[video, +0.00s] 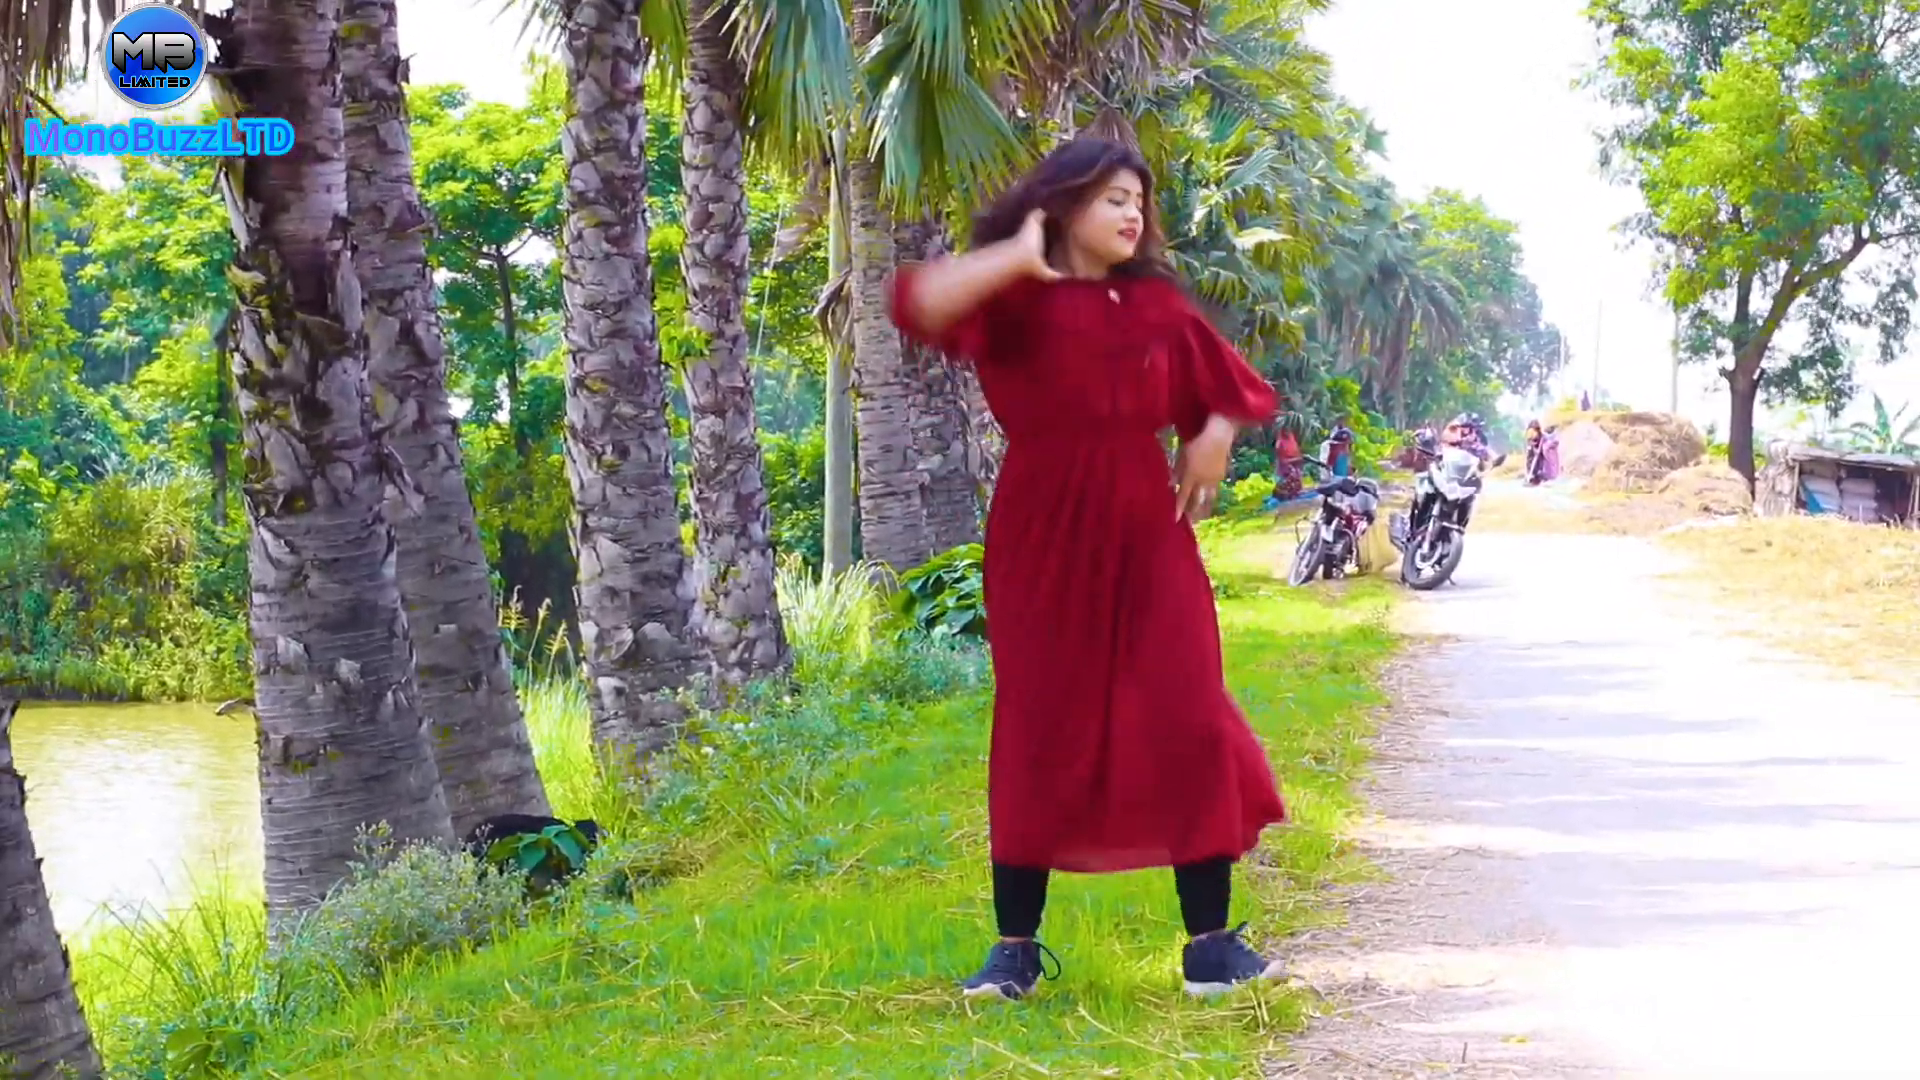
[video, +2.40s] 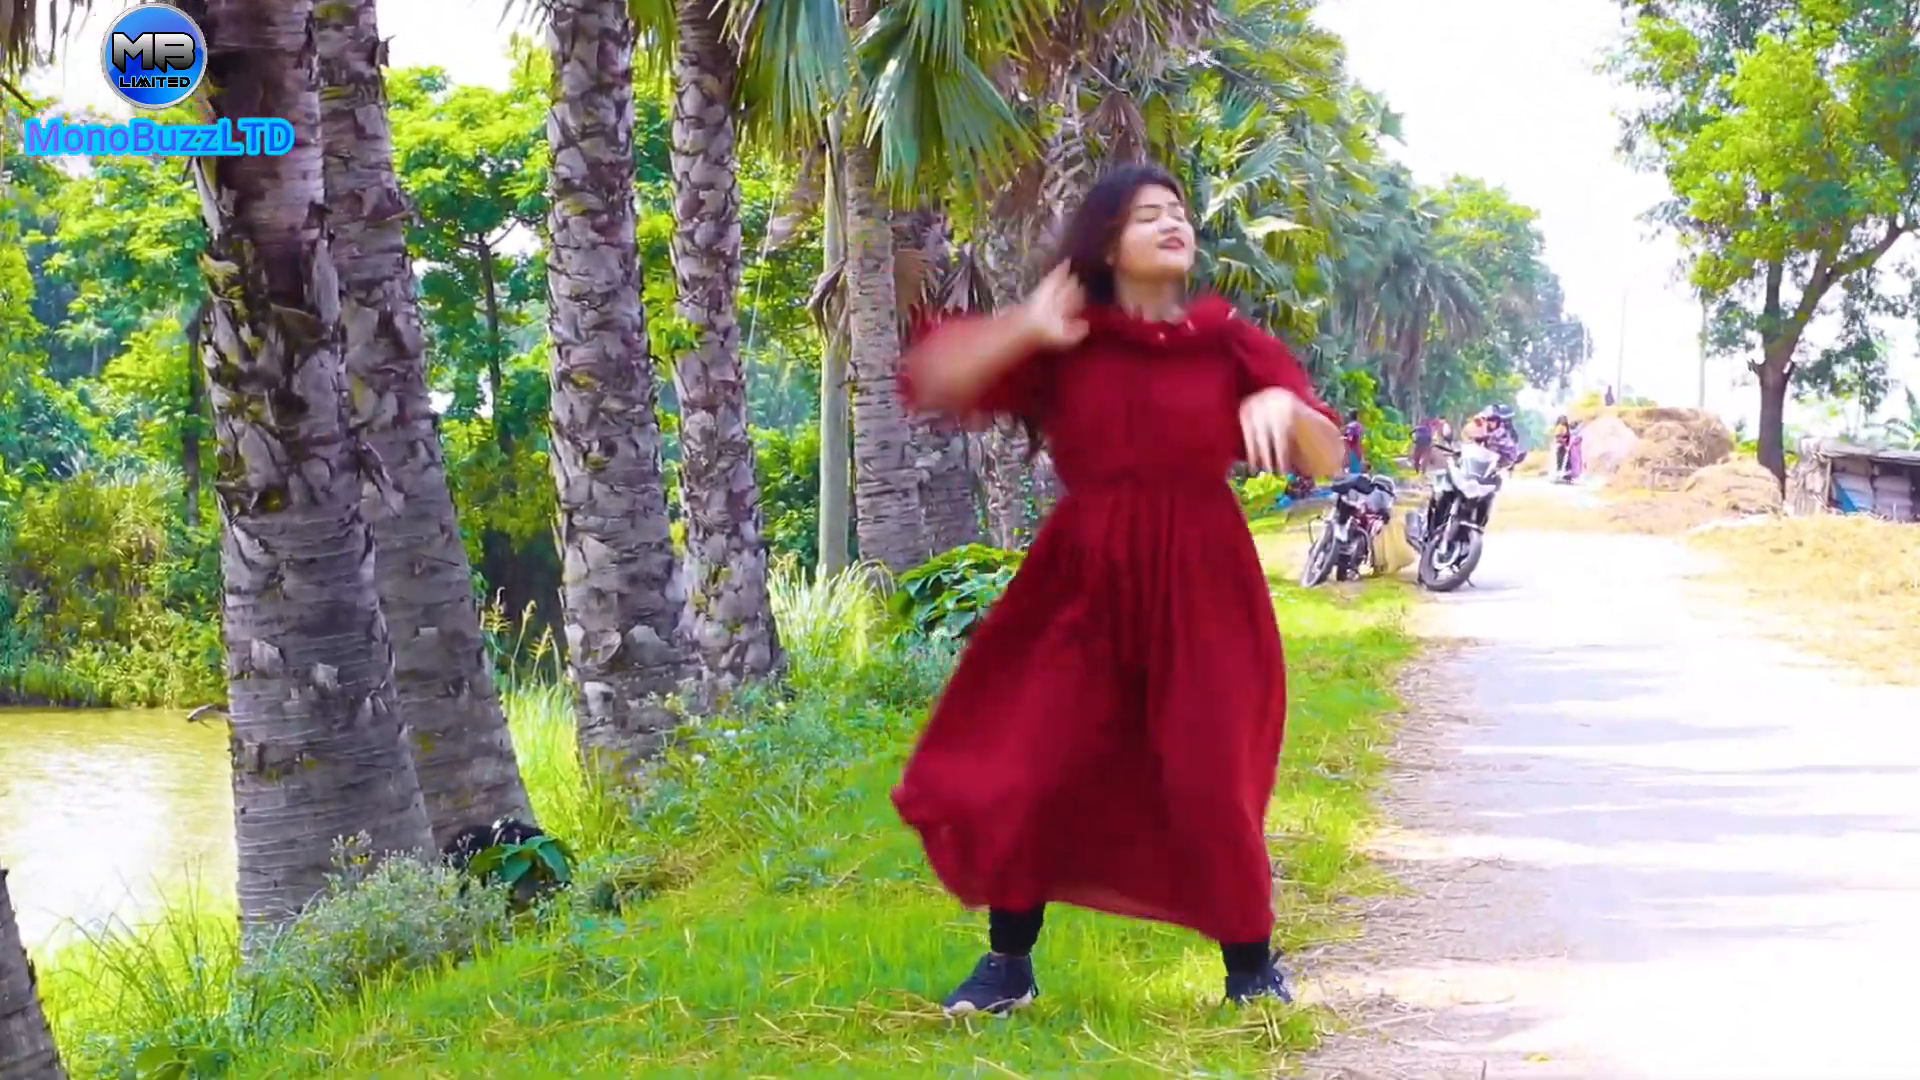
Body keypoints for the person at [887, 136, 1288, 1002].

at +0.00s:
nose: (1133, 215)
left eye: (1139, 203)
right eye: (1116, 198)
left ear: (1142, 220)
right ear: (1060, 206)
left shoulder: (1162, 304)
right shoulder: (1008, 295)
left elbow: (1240, 387)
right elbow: (914, 301)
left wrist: (1216, 432)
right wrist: (1016, 255)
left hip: (1149, 533)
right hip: (1039, 532)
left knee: (1197, 721)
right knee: (1029, 729)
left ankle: (1210, 941)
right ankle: (1015, 949)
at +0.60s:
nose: (1159, 262)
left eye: (1166, 251)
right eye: (1139, 250)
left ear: (1175, 268)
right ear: (1092, 266)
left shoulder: (1191, 348)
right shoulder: (1045, 354)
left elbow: (1300, 425)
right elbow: (919, 373)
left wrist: (1244, 479)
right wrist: (1006, 324)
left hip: (1183, 580)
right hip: (1077, 582)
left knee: (1201, 758)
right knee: (1032, 750)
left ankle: (1234, 944)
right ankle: (1016, 939)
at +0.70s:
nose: (1143, 239)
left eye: (1163, 228)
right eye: (1128, 232)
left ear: (1201, 253)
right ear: (1109, 261)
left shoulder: (1236, 337)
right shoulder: (1084, 359)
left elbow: (1335, 406)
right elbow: (992, 480)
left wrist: (1213, 442)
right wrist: (1051, 416)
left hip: (1208, 564)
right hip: (1103, 562)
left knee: (1221, 759)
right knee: (1052, 753)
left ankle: (1251, 966)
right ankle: (1022, 958)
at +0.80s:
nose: (1143, 217)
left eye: (1162, 202)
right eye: (1141, 204)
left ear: (1214, 215)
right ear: (1141, 226)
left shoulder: (1264, 298)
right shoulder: (1125, 329)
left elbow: (1306, 352)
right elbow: (1075, 441)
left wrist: (1213, 318)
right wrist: (1057, 514)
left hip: (1232, 560)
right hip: (1128, 553)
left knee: (1234, 753)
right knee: (1041, 737)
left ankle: (1256, 971)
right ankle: (1033, 948)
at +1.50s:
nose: (1094, 237)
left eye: (1113, 223)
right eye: (1085, 223)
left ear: (1159, 237)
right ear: (1075, 239)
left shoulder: (1195, 342)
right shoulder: (1054, 335)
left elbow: (1318, 400)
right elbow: (980, 427)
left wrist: (1231, 319)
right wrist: (986, 469)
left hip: (1156, 567)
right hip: (1048, 563)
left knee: (1184, 763)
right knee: (1006, 760)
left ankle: (1247, 963)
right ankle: (1003, 955)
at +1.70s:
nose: (1137, 230)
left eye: (1139, 218)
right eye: (1119, 214)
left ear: (1138, 236)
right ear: (1062, 223)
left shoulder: (1152, 330)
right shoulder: (995, 305)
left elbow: (1209, 453)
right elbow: (952, 371)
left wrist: (1193, 471)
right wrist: (1049, 294)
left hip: (1126, 549)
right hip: (1014, 550)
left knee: (1169, 735)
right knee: (994, 736)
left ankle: (1219, 944)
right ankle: (1001, 954)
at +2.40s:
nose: (1175, 224)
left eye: (1180, 212)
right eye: (1151, 215)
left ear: (1192, 236)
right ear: (1103, 240)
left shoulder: (1225, 338)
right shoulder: (1060, 343)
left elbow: (1327, 456)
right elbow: (929, 377)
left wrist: (1283, 406)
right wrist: (1028, 325)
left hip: (1203, 580)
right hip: (1086, 580)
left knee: (1213, 777)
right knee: (1029, 767)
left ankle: (1252, 973)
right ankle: (1007, 966)